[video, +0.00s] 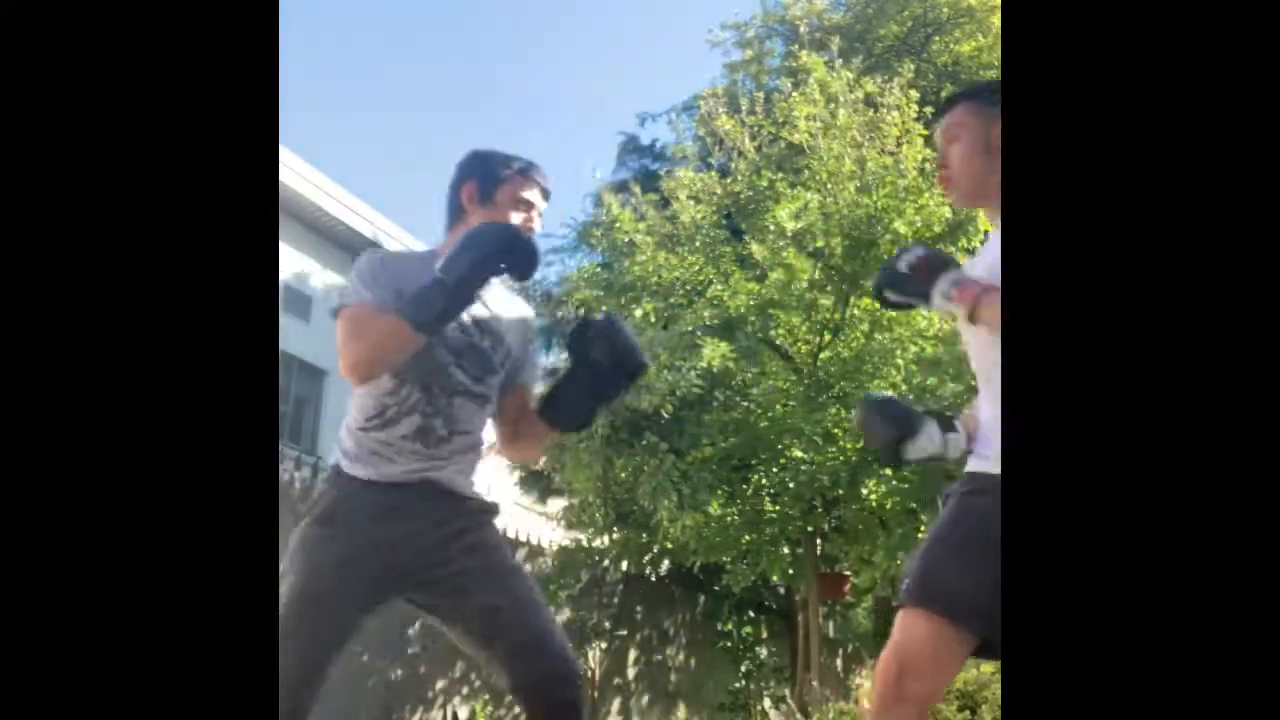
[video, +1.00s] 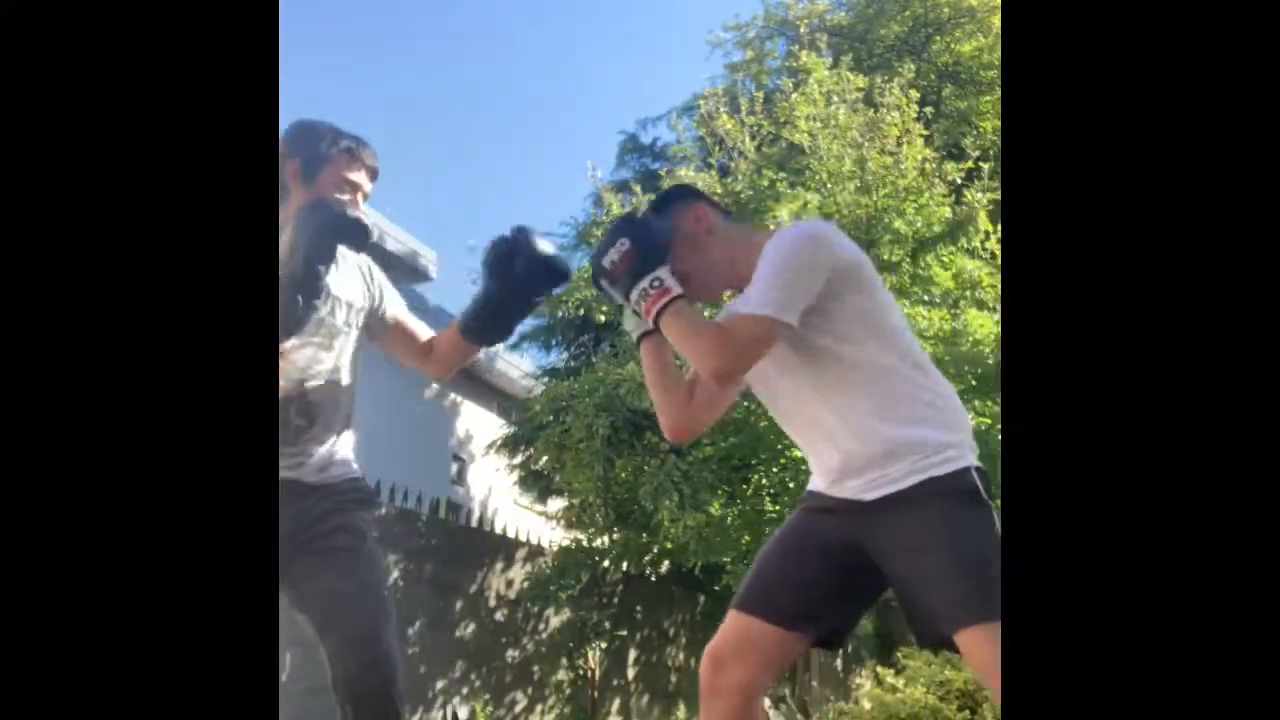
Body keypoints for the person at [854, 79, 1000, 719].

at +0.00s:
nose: (937, 163)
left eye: (949, 143)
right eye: (937, 148)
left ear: (995, 142)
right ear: (980, 149)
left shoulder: (998, 248)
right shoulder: (980, 258)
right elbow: (999, 398)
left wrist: (955, 290)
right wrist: (948, 436)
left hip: (994, 479)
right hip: (988, 476)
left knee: (901, 685)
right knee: (901, 684)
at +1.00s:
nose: (670, 280)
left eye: (667, 260)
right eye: (663, 274)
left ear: (701, 219)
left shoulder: (805, 244)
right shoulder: (740, 319)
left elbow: (721, 357)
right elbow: (680, 421)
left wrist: (652, 288)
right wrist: (643, 317)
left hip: (927, 484)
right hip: (836, 500)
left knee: (997, 669)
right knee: (728, 672)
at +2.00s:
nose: (928, 143)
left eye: (946, 121)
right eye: (921, 128)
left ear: (999, 126)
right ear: (914, 139)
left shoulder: (999, 233)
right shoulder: (882, 219)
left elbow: (999, 372)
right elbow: (825, 311)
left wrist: (945, 275)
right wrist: (836, 359)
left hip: (978, 471)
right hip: (858, 467)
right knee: (764, 669)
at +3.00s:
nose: (669, 141)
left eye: (677, 118)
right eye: (660, 133)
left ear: (723, 98)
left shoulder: (832, 155)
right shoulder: (703, 236)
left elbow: (748, 244)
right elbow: (650, 339)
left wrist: (657, 149)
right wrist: (618, 207)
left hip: (928, 452)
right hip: (801, 464)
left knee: (1001, 665)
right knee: (692, 663)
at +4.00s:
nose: (727, 51)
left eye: (745, 24)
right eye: (724, 37)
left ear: (813, 25)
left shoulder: (899, 134)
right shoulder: (722, 177)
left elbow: (882, 237)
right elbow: (695, 337)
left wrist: (744, 171)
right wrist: (664, 275)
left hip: (890, 434)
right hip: (754, 435)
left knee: (997, 662)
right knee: (656, 666)